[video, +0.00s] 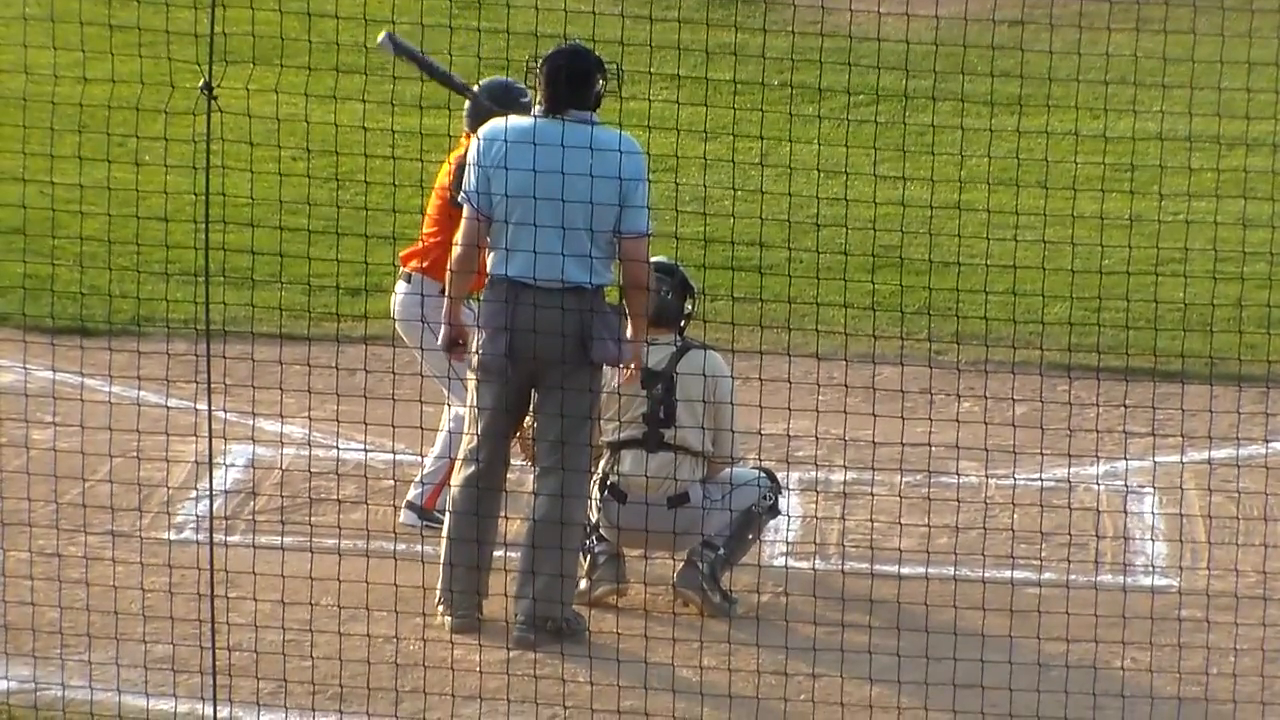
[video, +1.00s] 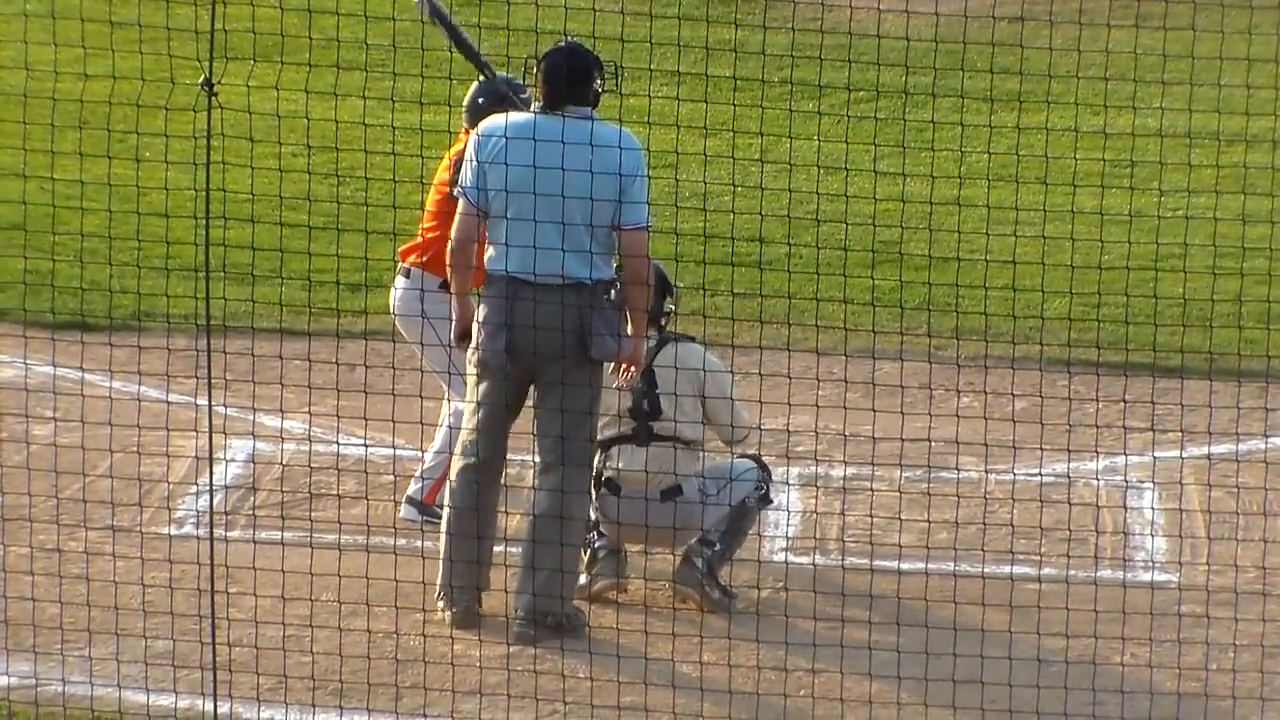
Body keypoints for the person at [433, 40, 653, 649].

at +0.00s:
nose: (603, 97)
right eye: (602, 89)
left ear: (542, 89)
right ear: (597, 93)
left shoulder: (496, 137)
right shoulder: (624, 151)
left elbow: (469, 242)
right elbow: (634, 260)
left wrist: (453, 308)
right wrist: (636, 337)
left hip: (505, 311)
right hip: (578, 318)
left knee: (481, 456)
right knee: (564, 466)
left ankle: (459, 600)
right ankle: (544, 612)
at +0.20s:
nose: (599, 96)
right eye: (600, 88)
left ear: (542, 86)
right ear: (597, 91)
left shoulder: (495, 136)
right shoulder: (624, 150)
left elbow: (467, 239)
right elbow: (636, 261)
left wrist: (450, 313)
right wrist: (642, 345)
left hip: (503, 310)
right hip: (580, 317)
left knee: (481, 454)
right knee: (564, 462)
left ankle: (459, 596)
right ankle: (544, 608)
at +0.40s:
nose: (598, 96)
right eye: (600, 88)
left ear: (541, 87)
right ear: (596, 91)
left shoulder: (494, 134)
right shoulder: (623, 148)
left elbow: (467, 238)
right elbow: (635, 257)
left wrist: (450, 313)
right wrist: (641, 342)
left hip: (504, 308)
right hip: (579, 315)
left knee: (481, 453)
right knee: (564, 462)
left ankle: (459, 596)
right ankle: (543, 608)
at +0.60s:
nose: (595, 96)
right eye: (599, 88)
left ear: (539, 86)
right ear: (596, 91)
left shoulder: (494, 133)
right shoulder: (623, 148)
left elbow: (467, 238)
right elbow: (635, 256)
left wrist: (459, 310)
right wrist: (639, 338)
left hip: (505, 308)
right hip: (580, 315)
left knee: (482, 453)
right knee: (565, 462)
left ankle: (459, 596)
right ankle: (544, 607)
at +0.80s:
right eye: (596, 88)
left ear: (538, 86)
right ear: (595, 91)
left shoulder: (493, 134)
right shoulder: (623, 147)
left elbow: (467, 240)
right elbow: (634, 252)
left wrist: (461, 310)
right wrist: (636, 334)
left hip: (506, 309)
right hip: (580, 314)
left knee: (481, 452)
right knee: (564, 462)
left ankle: (459, 596)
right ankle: (544, 607)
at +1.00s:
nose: (594, 96)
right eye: (598, 88)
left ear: (539, 87)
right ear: (595, 91)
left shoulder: (493, 135)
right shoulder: (623, 147)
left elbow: (462, 240)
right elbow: (634, 252)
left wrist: (462, 307)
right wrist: (637, 331)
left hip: (506, 309)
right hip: (581, 315)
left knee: (479, 447)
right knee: (565, 460)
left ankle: (459, 594)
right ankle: (544, 606)